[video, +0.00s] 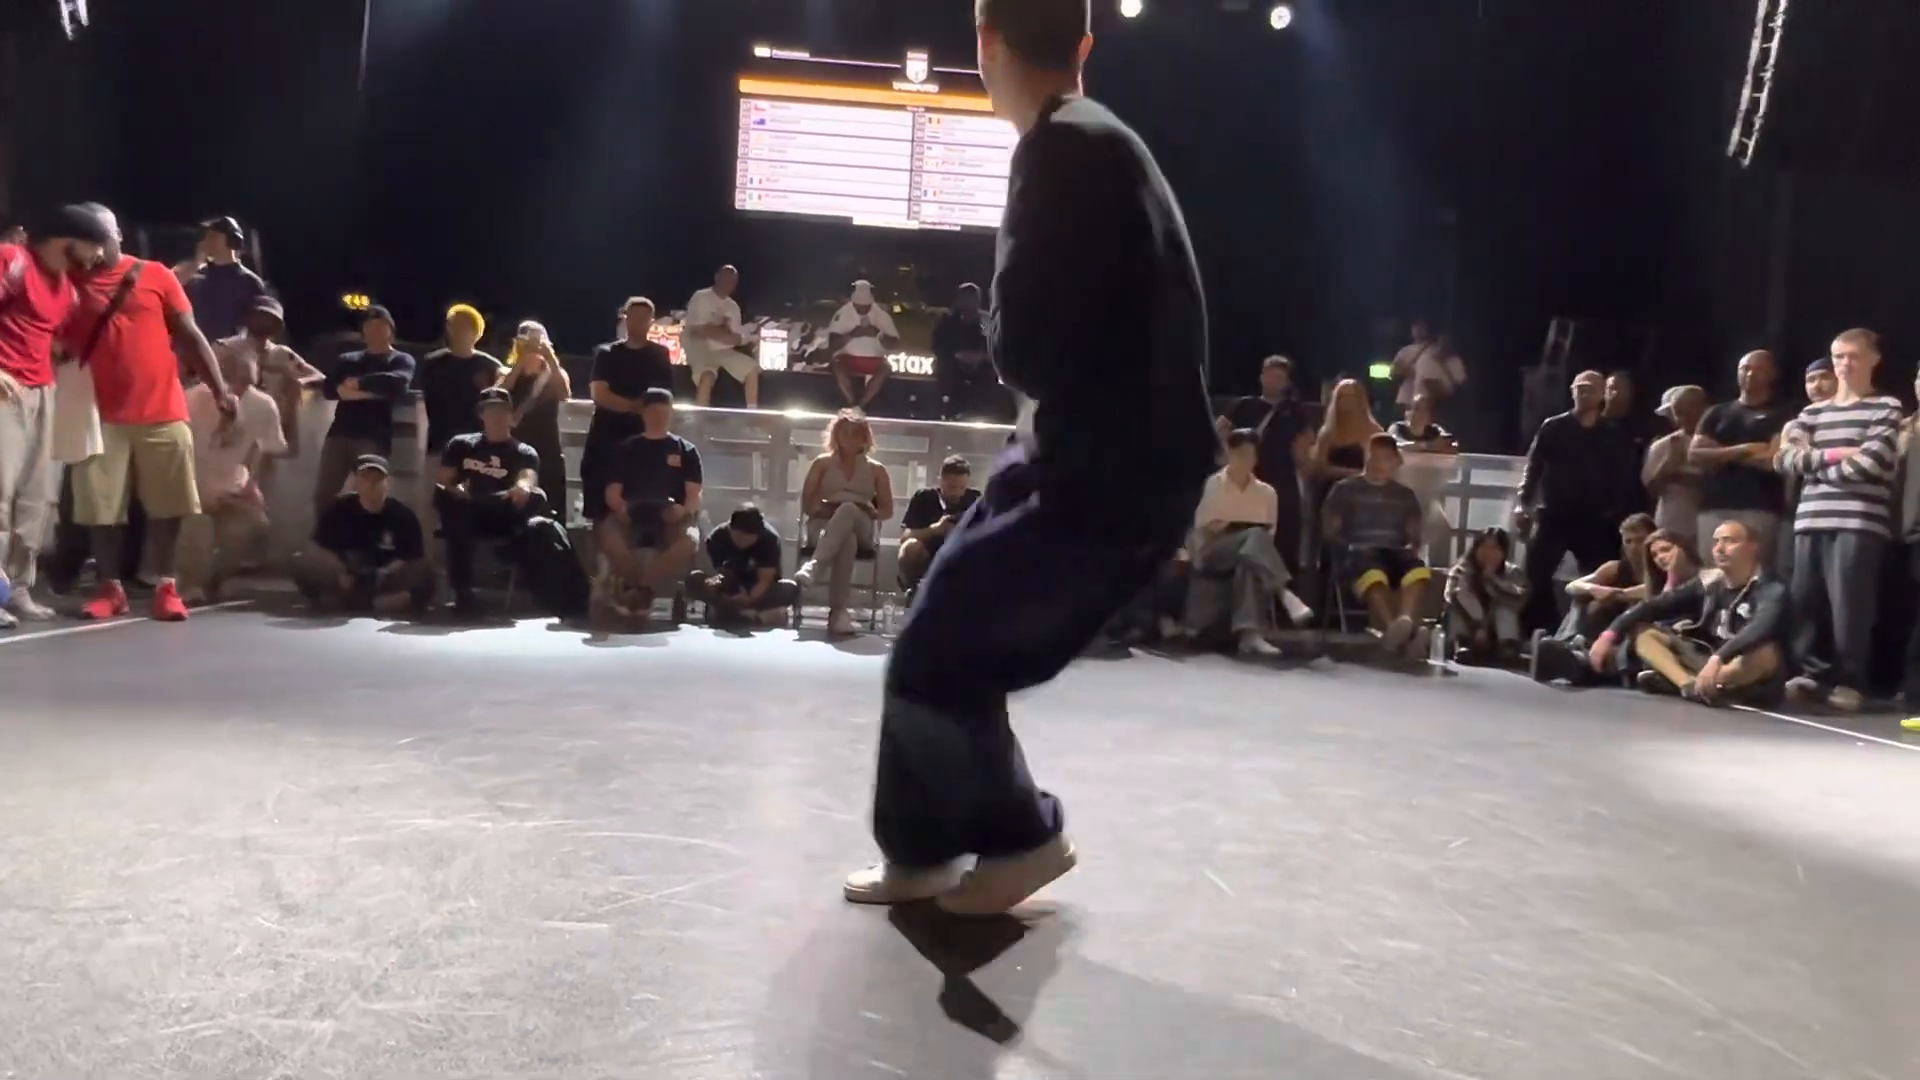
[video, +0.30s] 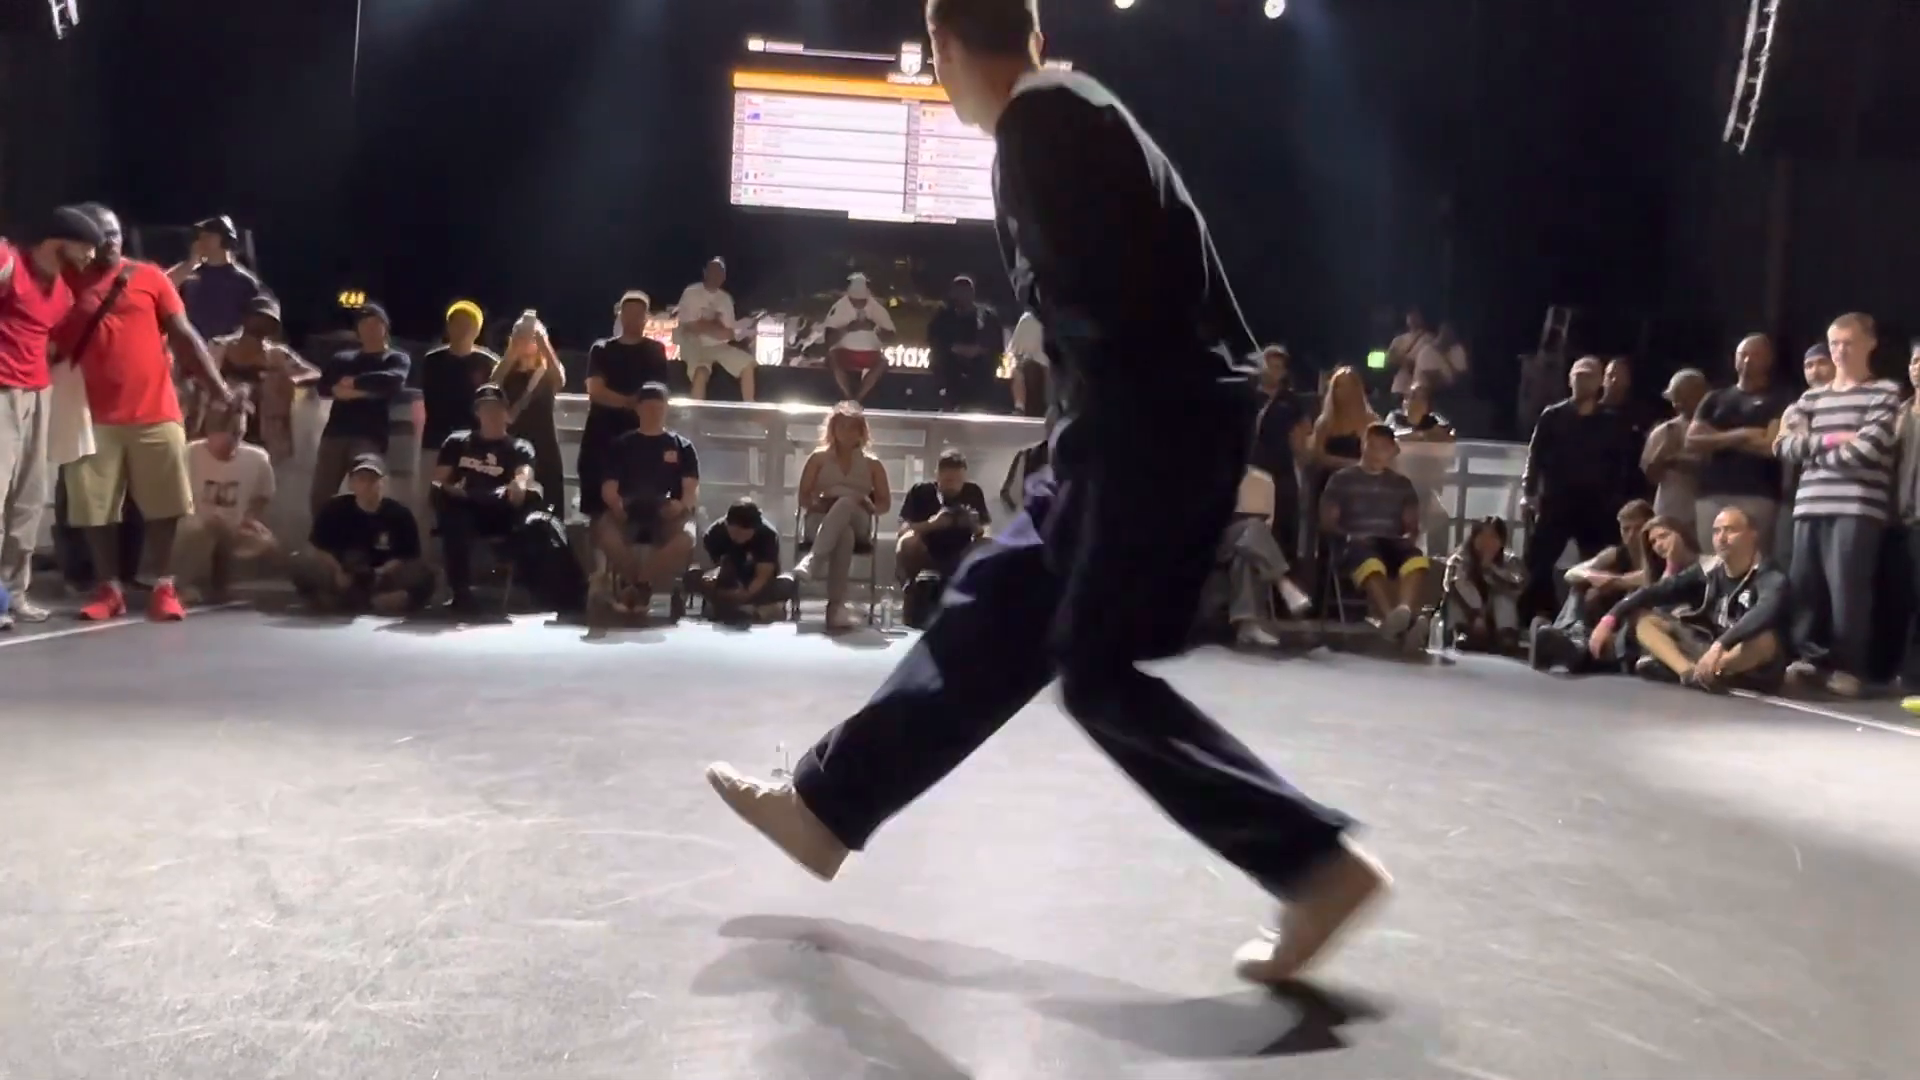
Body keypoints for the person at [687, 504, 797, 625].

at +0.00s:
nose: (742, 542)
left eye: (748, 539)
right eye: (739, 537)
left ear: (757, 534)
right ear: (731, 529)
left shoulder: (769, 539)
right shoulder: (715, 539)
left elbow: (765, 580)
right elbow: (723, 573)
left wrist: (749, 598)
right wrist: (716, 582)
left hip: (758, 584)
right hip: (731, 585)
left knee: (790, 588)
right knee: (694, 581)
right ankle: (756, 616)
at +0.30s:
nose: (739, 536)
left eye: (745, 533)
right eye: (735, 531)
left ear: (754, 528)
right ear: (728, 525)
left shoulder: (767, 535)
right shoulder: (713, 535)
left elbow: (764, 574)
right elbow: (719, 566)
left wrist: (748, 593)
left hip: (757, 578)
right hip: (731, 578)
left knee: (786, 584)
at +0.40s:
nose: (738, 536)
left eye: (744, 533)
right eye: (734, 531)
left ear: (754, 527)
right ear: (728, 524)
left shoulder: (768, 534)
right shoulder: (713, 535)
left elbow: (764, 574)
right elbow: (720, 567)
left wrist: (746, 594)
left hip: (758, 576)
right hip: (732, 577)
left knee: (788, 583)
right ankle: (755, 610)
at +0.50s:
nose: (741, 542)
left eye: (747, 538)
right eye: (738, 537)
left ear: (756, 533)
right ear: (731, 529)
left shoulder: (769, 539)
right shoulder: (714, 541)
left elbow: (766, 579)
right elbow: (722, 573)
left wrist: (748, 598)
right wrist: (715, 582)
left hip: (760, 584)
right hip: (731, 585)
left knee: (790, 588)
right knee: (695, 582)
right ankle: (756, 616)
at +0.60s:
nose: (744, 548)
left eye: (750, 544)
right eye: (740, 543)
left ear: (759, 539)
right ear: (733, 536)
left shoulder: (772, 545)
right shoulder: (717, 547)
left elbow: (768, 585)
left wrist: (751, 604)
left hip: (761, 591)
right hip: (732, 592)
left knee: (791, 593)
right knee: (696, 588)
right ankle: (751, 621)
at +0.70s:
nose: (747, 555)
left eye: (753, 551)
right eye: (743, 550)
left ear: (762, 546)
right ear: (736, 542)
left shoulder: (775, 551)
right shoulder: (720, 553)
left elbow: (771, 592)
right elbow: (727, 584)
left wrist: (755, 611)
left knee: (792, 598)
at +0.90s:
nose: (749, 558)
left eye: (755, 554)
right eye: (745, 553)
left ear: (763, 548)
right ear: (737, 545)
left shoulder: (775, 554)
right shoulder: (720, 556)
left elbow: (772, 594)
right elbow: (731, 590)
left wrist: (754, 613)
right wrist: (722, 599)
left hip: (766, 598)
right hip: (738, 600)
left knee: (796, 603)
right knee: (702, 598)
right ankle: (762, 630)